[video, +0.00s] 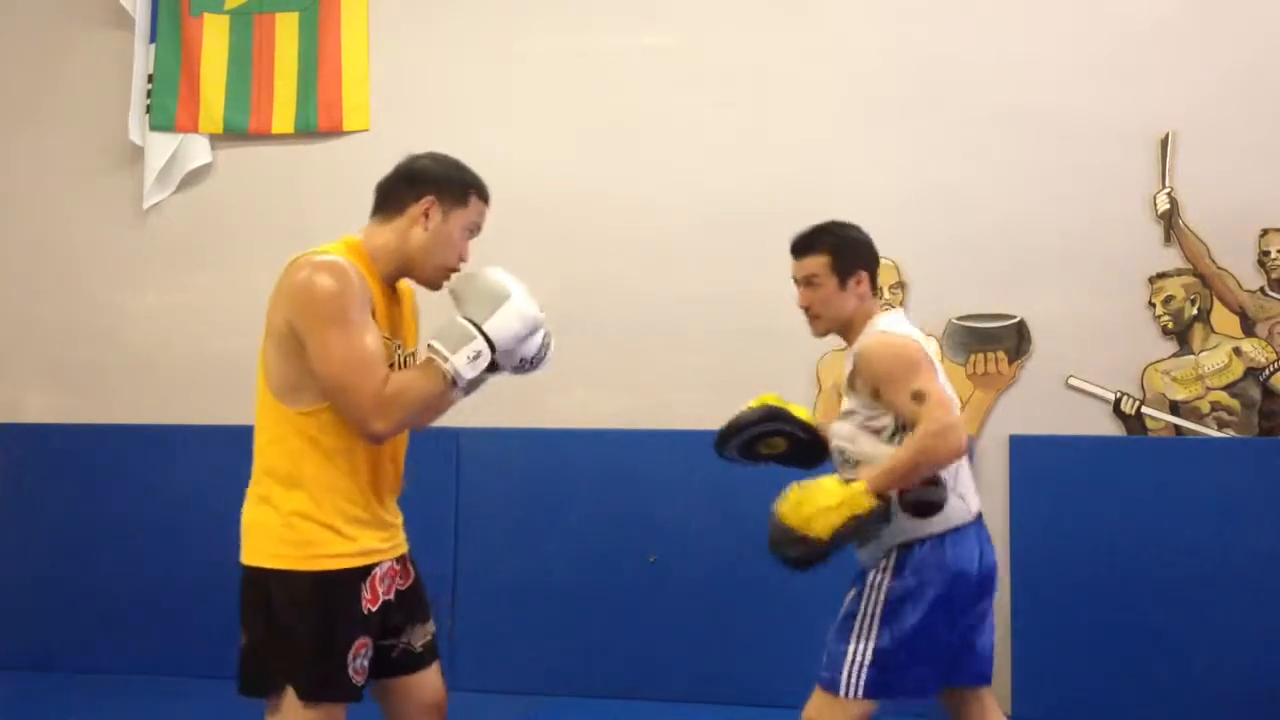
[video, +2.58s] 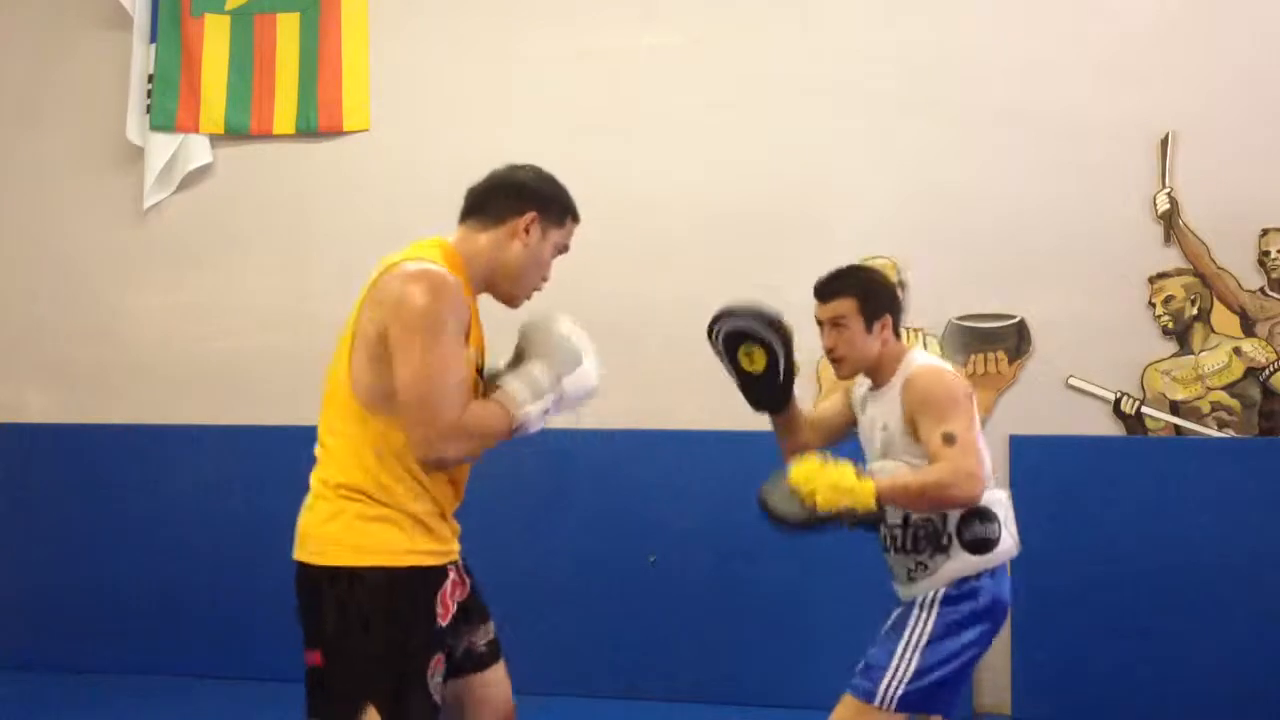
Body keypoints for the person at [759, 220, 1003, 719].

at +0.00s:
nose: (801, 300)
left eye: (811, 284)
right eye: (798, 286)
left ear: (859, 285)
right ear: (859, 289)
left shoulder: (881, 348)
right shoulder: (894, 337)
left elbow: (947, 436)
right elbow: (897, 442)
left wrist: (855, 492)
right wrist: (813, 434)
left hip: (915, 556)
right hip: (961, 545)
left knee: (831, 709)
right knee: (970, 699)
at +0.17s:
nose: (774, 311)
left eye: (785, 294)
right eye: (772, 296)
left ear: (834, 295)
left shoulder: (876, 360)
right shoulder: (837, 363)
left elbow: (902, 471)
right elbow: (847, 455)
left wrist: (798, 489)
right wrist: (781, 439)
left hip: (913, 563)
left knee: (831, 709)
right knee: (949, 701)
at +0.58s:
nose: (793, 311)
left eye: (804, 296)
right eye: (792, 297)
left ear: (852, 297)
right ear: (846, 300)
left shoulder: (889, 357)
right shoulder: (844, 363)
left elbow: (911, 460)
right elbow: (788, 424)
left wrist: (811, 471)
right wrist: (748, 376)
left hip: (925, 563)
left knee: (836, 710)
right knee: (956, 707)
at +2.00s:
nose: (834, 293)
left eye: (845, 278)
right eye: (832, 279)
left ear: (892, 280)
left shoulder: (924, 342)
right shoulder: (865, 349)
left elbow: (954, 440)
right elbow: (792, 384)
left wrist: (858, 439)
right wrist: (766, 318)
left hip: (931, 553)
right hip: (900, 554)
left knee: (854, 707)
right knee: (948, 700)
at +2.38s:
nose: (843, 313)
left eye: (854, 298)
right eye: (841, 299)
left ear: (899, 299)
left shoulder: (931, 358)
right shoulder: (887, 371)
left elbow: (979, 450)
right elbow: (829, 431)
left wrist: (887, 482)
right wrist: (799, 369)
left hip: (948, 572)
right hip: (925, 568)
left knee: (845, 712)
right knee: (930, 711)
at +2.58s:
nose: (826, 342)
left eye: (838, 326)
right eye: (821, 327)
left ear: (883, 329)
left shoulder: (932, 383)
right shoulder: (861, 391)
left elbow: (963, 483)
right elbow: (800, 442)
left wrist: (868, 490)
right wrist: (774, 386)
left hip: (962, 585)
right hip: (924, 584)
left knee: (857, 713)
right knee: (919, 713)